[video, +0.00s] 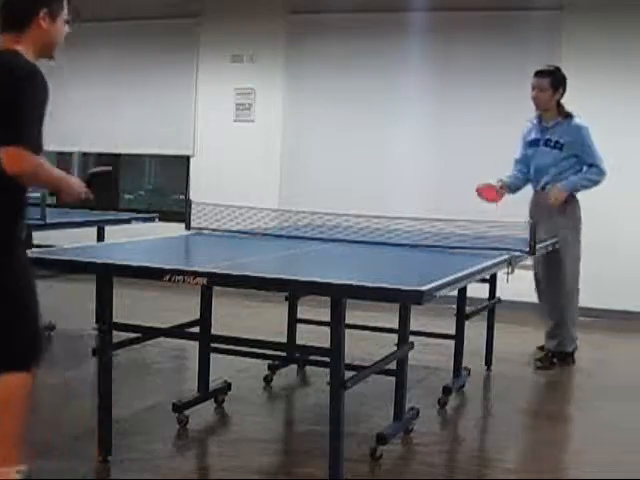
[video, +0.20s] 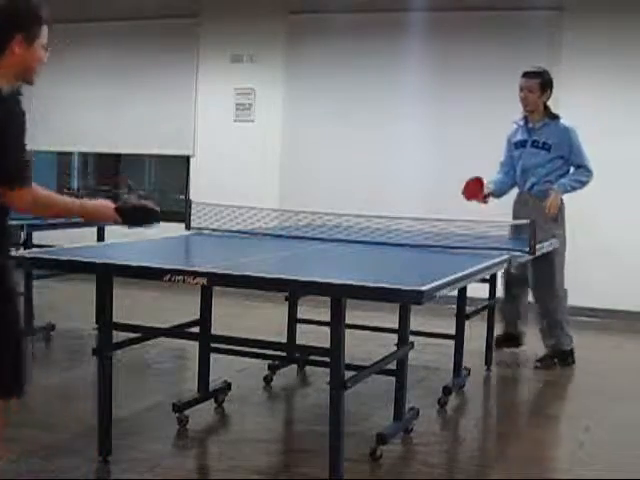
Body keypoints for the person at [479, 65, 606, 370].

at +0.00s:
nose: (534, 95)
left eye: (541, 90)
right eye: (533, 89)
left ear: (558, 93)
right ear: (532, 92)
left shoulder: (576, 131)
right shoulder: (532, 131)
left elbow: (597, 171)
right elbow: (523, 171)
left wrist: (566, 187)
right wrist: (504, 185)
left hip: (563, 207)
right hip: (539, 206)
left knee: (564, 274)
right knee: (544, 275)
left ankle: (564, 346)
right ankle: (556, 339)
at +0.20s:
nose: (523, 97)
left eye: (530, 91)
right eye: (521, 91)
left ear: (545, 95)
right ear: (519, 94)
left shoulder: (563, 132)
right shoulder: (517, 133)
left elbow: (583, 171)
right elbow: (508, 173)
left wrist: (559, 190)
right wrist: (491, 189)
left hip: (548, 207)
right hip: (523, 205)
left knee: (547, 278)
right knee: (515, 273)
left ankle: (560, 348)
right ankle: (512, 332)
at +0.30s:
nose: (514, 98)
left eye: (521, 93)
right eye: (512, 92)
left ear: (535, 97)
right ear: (509, 97)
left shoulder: (553, 135)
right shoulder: (507, 137)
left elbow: (574, 174)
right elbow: (498, 176)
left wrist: (549, 187)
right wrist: (481, 193)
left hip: (539, 210)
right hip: (513, 208)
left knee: (540, 283)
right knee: (502, 277)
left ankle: (560, 348)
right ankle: (487, 332)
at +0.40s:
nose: (504, 100)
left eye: (510, 94)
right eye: (501, 94)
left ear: (524, 98)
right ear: (498, 99)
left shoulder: (542, 134)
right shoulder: (496, 138)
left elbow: (559, 174)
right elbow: (489, 179)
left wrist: (530, 174)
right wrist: (472, 200)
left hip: (530, 214)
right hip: (502, 212)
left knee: (534, 281)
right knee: (486, 279)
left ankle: (557, 345)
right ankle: (481, 337)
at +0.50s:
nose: (496, 99)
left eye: (502, 94)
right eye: (493, 94)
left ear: (516, 97)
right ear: (489, 98)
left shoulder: (534, 132)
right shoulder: (488, 137)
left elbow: (543, 174)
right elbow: (482, 177)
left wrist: (515, 157)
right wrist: (469, 201)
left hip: (523, 203)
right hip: (496, 204)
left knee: (527, 274)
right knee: (483, 272)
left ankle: (545, 343)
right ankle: (481, 334)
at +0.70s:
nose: (486, 101)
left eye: (491, 95)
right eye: (482, 96)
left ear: (504, 96)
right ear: (479, 99)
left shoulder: (524, 128)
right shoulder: (480, 133)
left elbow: (525, 168)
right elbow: (480, 176)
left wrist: (499, 135)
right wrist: (465, 204)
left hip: (518, 200)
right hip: (490, 201)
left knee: (518, 270)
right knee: (482, 269)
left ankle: (525, 335)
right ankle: (482, 332)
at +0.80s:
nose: (483, 103)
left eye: (487, 97)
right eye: (479, 98)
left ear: (501, 96)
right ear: (477, 100)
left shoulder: (523, 127)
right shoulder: (480, 133)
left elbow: (522, 166)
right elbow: (479, 176)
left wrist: (498, 134)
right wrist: (465, 206)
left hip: (516, 199)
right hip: (489, 200)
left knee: (515, 269)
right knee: (482, 269)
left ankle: (519, 334)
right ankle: (481, 332)